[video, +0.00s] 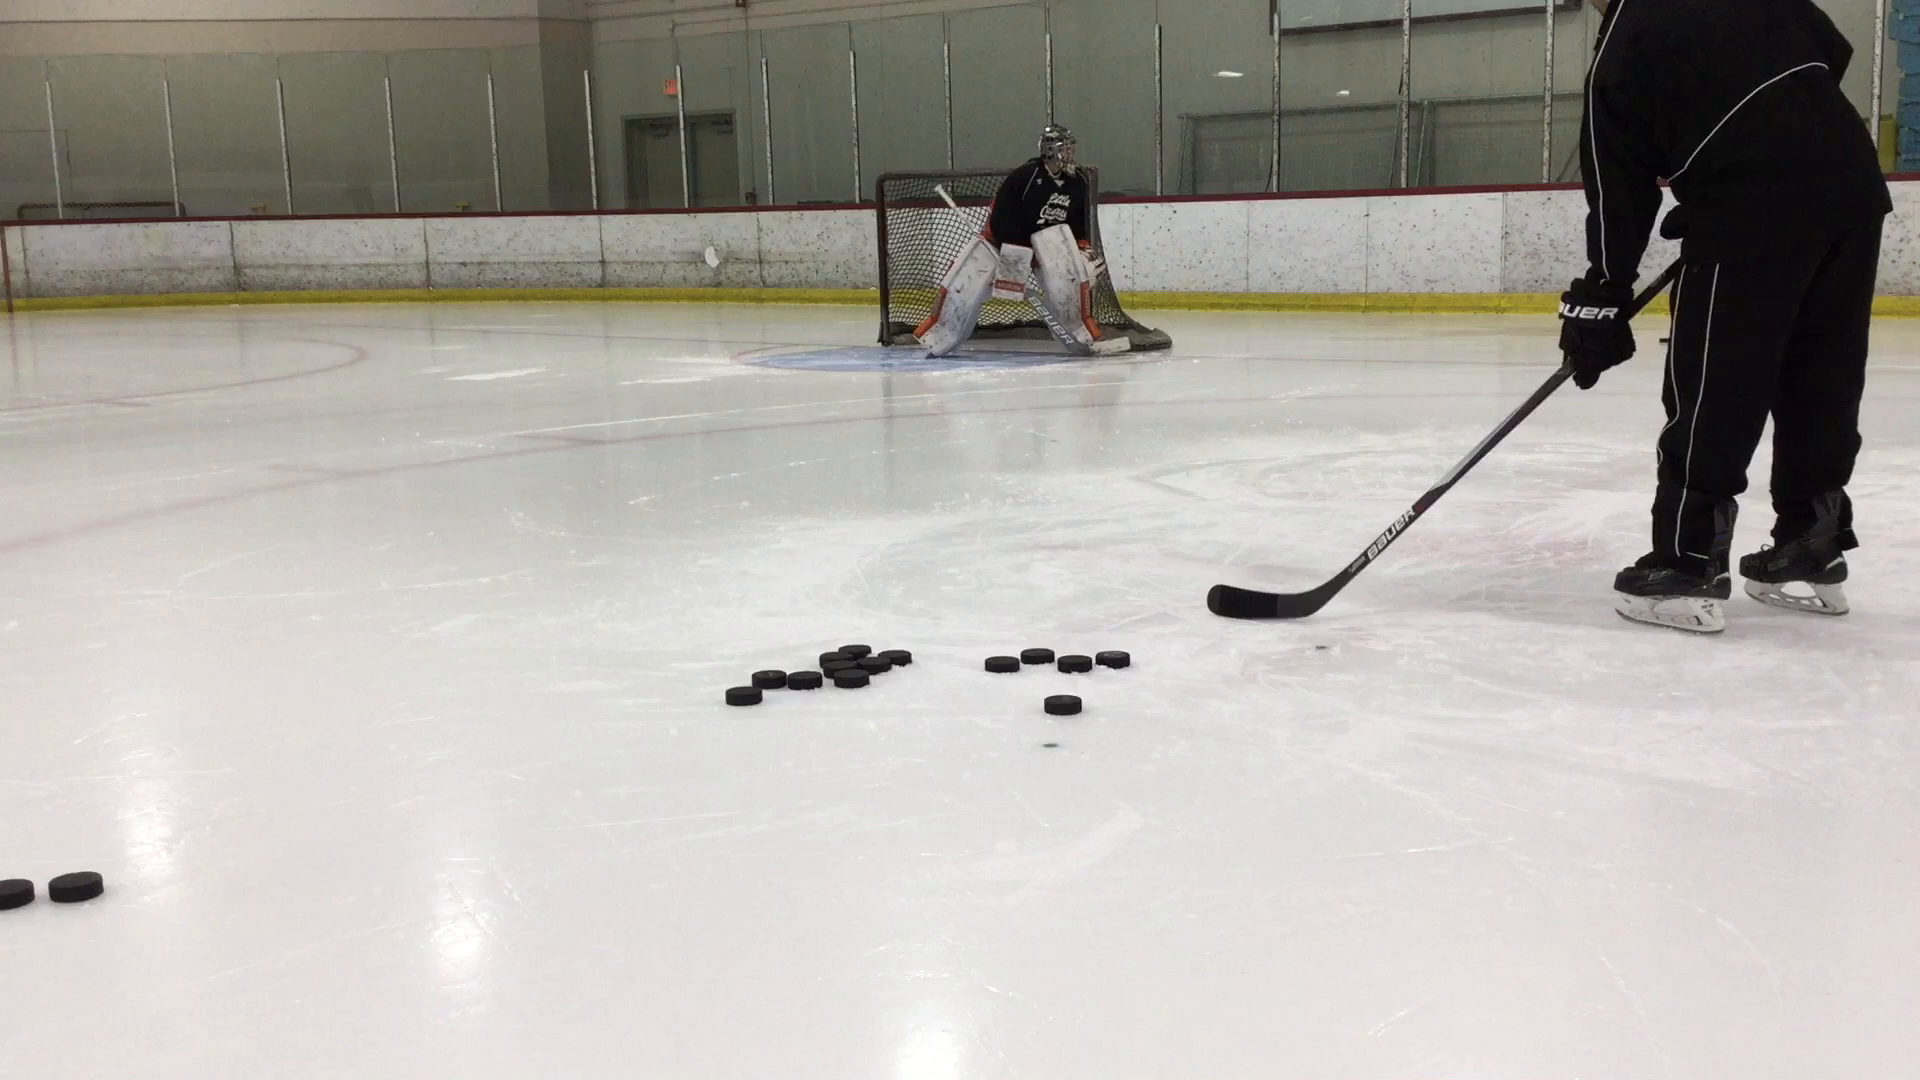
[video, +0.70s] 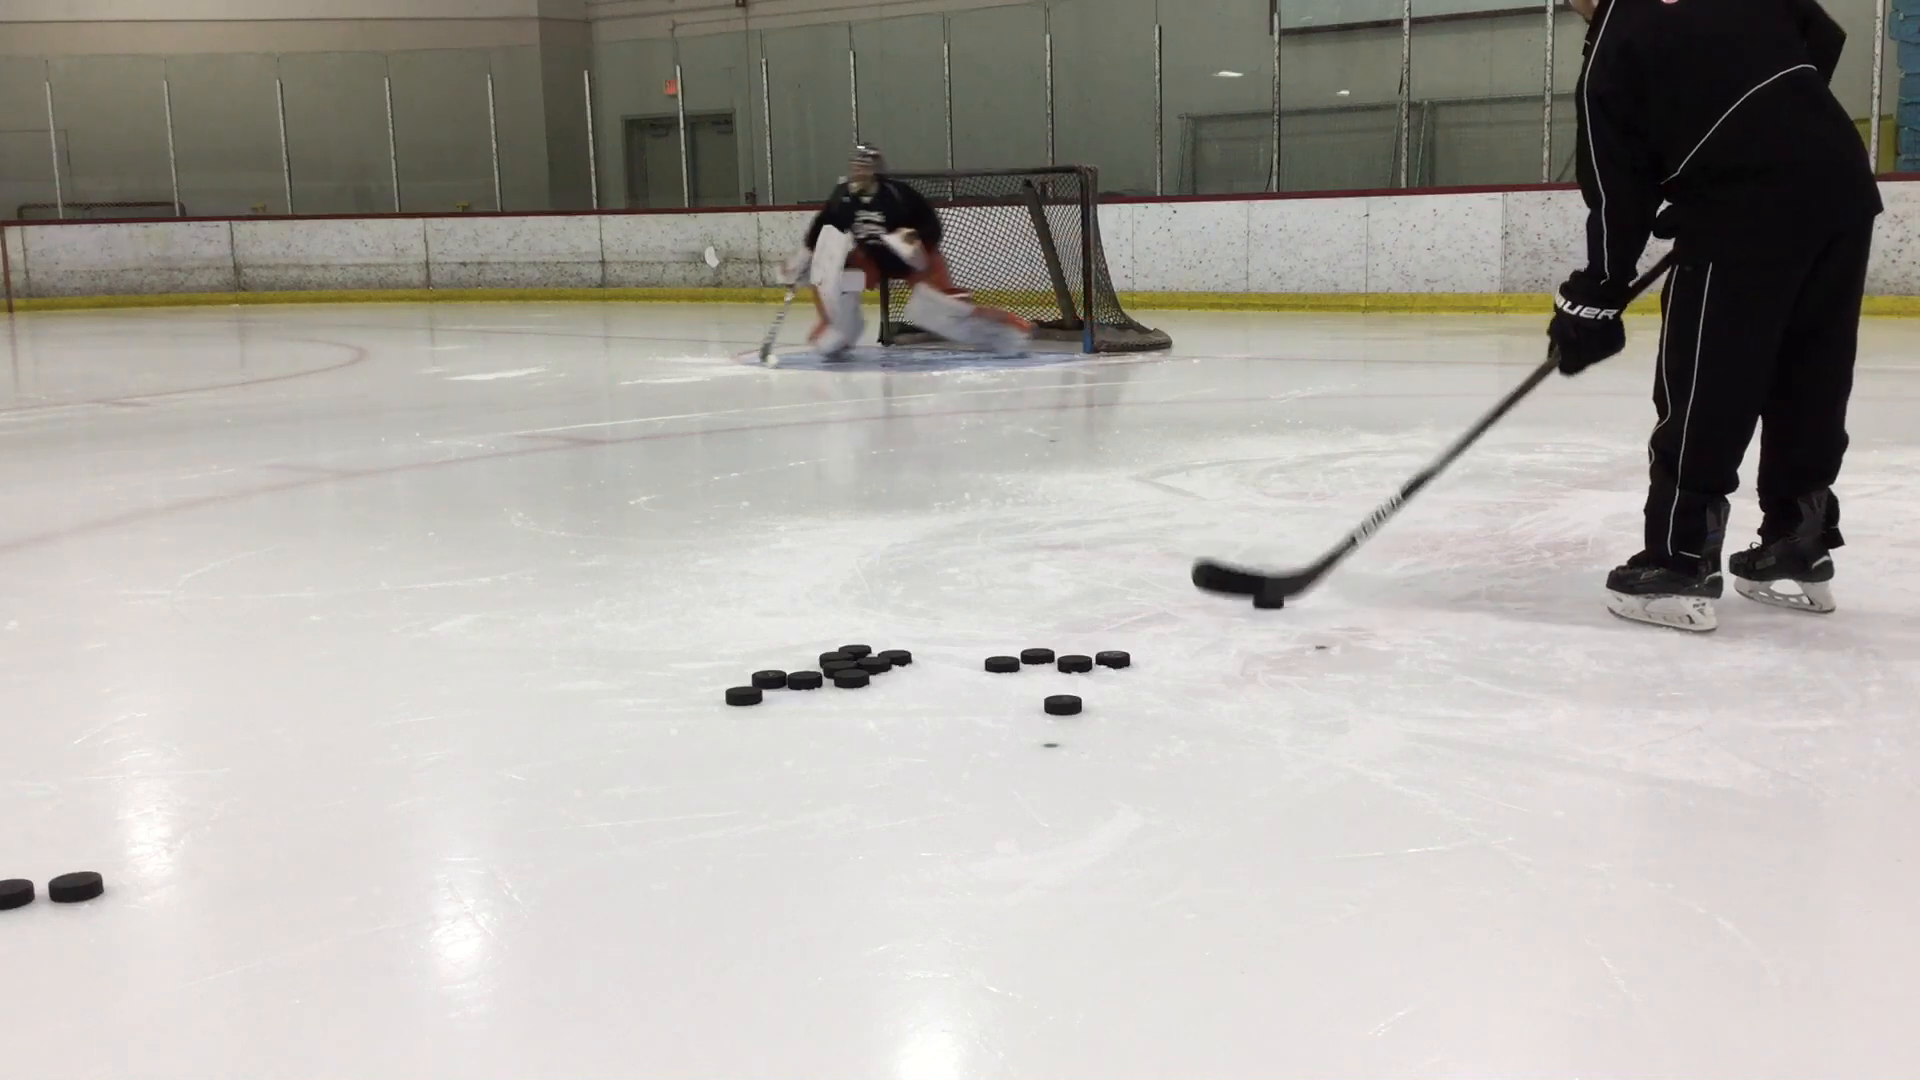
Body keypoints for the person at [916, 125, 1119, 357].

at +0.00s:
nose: (1069, 155)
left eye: (1070, 150)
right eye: (1063, 150)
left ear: (1072, 151)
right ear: (1048, 152)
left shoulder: (1077, 184)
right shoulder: (1024, 177)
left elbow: (1079, 223)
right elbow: (1002, 219)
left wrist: (1083, 249)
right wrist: (1016, 259)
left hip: (1051, 245)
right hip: (1007, 242)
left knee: (1077, 277)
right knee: (965, 280)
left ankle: (1084, 333)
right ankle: (933, 332)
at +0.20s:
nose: (1047, 162)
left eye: (1050, 156)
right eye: (1041, 157)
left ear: (1054, 157)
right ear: (1027, 159)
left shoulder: (1063, 184)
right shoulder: (1002, 183)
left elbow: (1072, 222)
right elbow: (975, 224)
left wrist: (1075, 248)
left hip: (1046, 246)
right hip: (1004, 248)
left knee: (1059, 283)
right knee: (985, 291)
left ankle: (1073, 337)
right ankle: (958, 340)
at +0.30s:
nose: (1013, 164)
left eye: (1018, 158)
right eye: (1008, 158)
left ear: (1028, 161)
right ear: (1001, 160)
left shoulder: (1044, 187)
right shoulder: (983, 186)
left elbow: (1064, 218)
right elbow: (953, 220)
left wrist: (1066, 247)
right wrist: (928, 258)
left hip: (1028, 245)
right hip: (986, 246)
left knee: (1043, 288)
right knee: (966, 292)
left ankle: (1065, 339)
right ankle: (958, 341)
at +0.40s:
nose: (976, 170)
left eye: (981, 164)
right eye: (972, 165)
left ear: (994, 166)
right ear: (966, 167)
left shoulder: (1019, 190)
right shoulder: (954, 192)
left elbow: (1047, 228)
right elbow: (920, 228)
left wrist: (1040, 253)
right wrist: (894, 257)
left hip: (1011, 256)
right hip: (970, 257)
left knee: (1027, 292)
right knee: (933, 285)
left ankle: (1061, 338)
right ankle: (946, 337)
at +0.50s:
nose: (931, 175)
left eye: (938, 170)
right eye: (929, 169)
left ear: (951, 171)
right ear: (925, 171)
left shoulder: (974, 192)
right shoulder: (915, 198)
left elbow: (1009, 220)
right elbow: (890, 232)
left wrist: (997, 240)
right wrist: (866, 261)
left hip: (976, 258)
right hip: (938, 258)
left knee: (1017, 301)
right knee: (895, 281)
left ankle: (1058, 340)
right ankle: (918, 337)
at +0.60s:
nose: (892, 173)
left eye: (898, 167)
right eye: (889, 167)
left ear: (911, 170)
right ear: (883, 171)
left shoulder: (930, 194)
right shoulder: (878, 199)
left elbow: (964, 220)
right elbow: (854, 230)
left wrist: (956, 242)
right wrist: (833, 257)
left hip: (941, 258)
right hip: (902, 258)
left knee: (978, 302)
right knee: (855, 276)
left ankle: (1053, 337)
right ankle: (884, 331)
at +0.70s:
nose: (857, 172)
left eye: (863, 167)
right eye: (854, 166)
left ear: (876, 170)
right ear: (850, 168)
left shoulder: (897, 194)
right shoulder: (843, 196)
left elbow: (931, 224)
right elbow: (820, 229)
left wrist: (915, 244)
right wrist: (806, 257)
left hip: (915, 260)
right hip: (874, 261)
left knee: (931, 309)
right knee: (833, 278)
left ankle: (1003, 328)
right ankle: (840, 334)